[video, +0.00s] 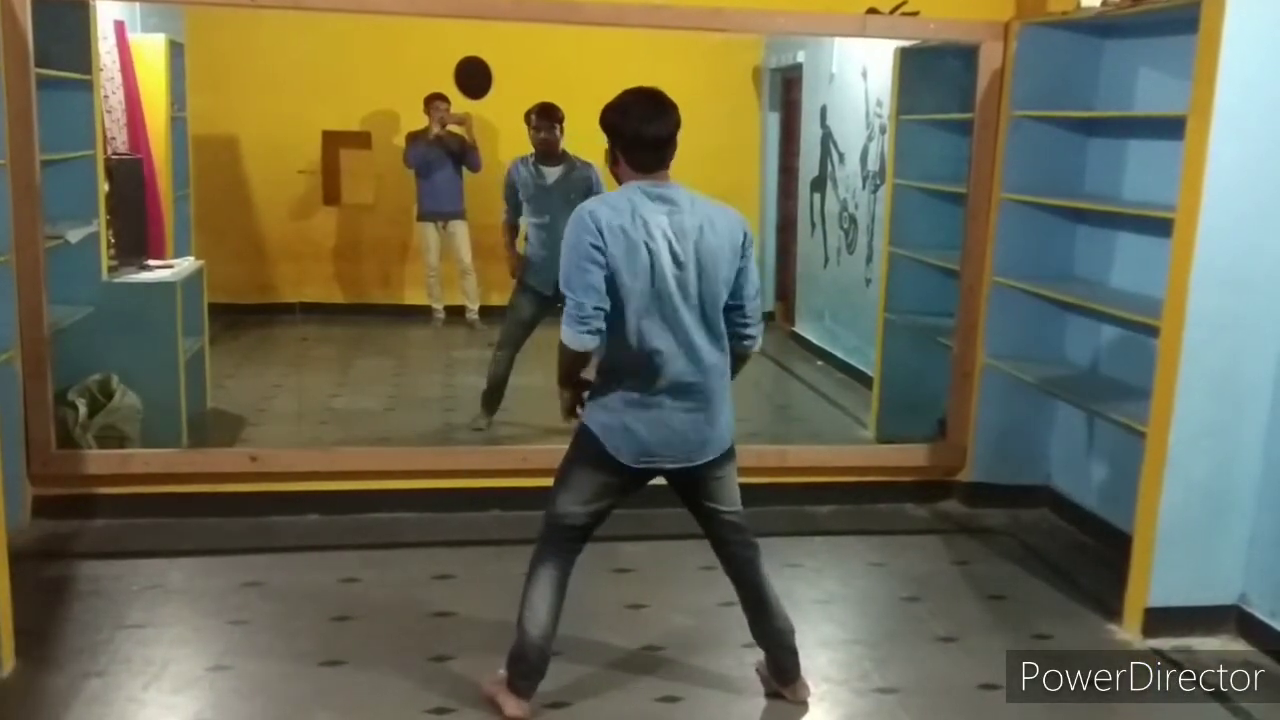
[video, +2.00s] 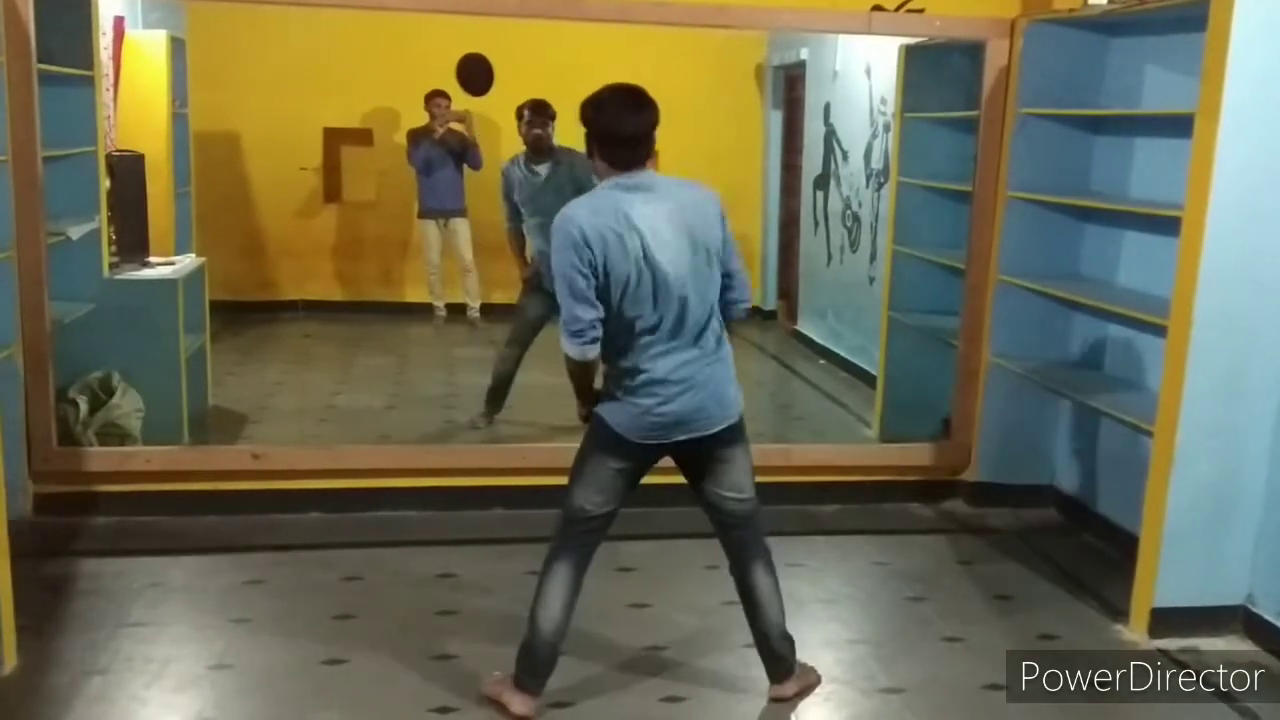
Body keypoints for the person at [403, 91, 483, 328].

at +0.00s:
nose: (441, 114)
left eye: (445, 109)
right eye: (436, 109)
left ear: (450, 113)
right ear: (427, 112)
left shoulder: (456, 140)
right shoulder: (416, 138)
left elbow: (475, 165)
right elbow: (411, 161)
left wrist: (469, 133)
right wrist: (431, 136)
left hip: (455, 212)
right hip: (428, 214)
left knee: (466, 264)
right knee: (432, 266)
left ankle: (472, 313)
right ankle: (437, 312)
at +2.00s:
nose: (440, 111)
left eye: (445, 106)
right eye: (436, 106)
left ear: (450, 110)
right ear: (427, 109)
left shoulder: (457, 136)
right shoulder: (417, 135)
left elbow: (476, 163)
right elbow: (416, 161)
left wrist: (469, 132)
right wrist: (436, 135)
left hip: (456, 209)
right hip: (429, 210)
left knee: (467, 262)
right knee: (433, 264)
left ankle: (474, 310)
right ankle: (438, 309)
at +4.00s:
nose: (437, 118)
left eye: (441, 114)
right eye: (432, 114)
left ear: (447, 117)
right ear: (424, 116)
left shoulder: (454, 143)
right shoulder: (413, 142)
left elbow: (473, 169)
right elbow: (412, 169)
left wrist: (467, 138)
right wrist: (431, 143)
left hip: (453, 216)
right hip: (425, 217)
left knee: (463, 269)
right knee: (429, 270)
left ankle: (470, 316)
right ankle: (435, 315)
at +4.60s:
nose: (448, 151)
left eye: (452, 147)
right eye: (443, 147)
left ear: (457, 150)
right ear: (435, 149)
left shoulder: (464, 176)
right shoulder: (424, 175)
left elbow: (482, 202)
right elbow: (422, 201)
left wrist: (476, 172)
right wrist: (442, 176)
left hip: (462, 248)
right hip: (435, 250)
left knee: (473, 301)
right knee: (439, 302)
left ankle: (479, 347)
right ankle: (444, 346)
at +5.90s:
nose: (457, 170)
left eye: (461, 166)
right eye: (452, 165)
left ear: (466, 168)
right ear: (444, 168)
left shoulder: (474, 195)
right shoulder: (434, 194)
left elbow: (492, 220)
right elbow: (432, 219)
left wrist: (486, 191)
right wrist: (452, 194)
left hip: (473, 266)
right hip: (445, 267)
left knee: (483, 317)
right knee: (449, 319)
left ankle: (489, 364)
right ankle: (454, 364)